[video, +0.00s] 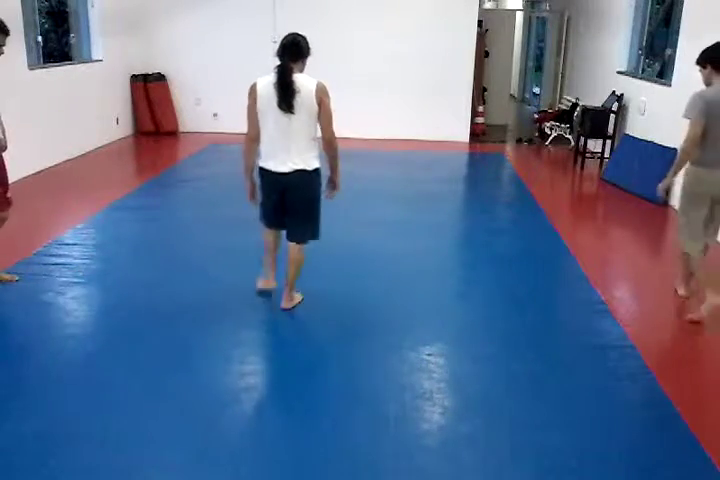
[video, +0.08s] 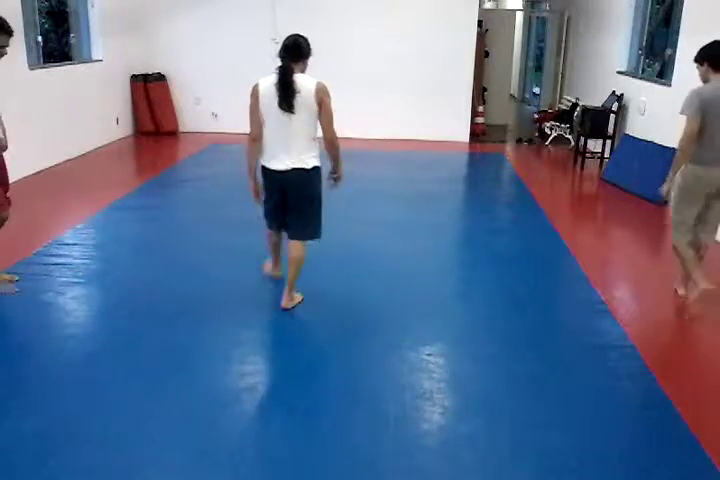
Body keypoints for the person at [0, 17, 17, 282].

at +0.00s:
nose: (3, 51)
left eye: (4, 45)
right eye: (2, 45)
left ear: (6, 42)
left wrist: (3, 136)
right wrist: (3, 137)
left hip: (0, 151)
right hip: (0, 151)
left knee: (4, 209)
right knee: (3, 210)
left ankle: (0, 269)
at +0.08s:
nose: (4, 52)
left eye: (5, 47)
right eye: (4, 47)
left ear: (8, 44)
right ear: (3, 44)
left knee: (5, 212)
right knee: (4, 213)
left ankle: (1, 271)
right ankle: (1, 273)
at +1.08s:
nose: (38, 48)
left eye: (39, 43)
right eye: (36, 43)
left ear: (21, 41)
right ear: (19, 41)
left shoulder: (22, 65)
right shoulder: (3, 68)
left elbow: (22, 103)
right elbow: (2, 109)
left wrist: (34, 130)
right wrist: (6, 134)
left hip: (30, 140)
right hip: (11, 143)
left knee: (33, 202)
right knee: (9, 211)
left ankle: (36, 251)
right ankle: (1, 272)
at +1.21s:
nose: (44, 48)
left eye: (45, 42)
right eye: (41, 42)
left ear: (27, 40)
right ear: (25, 39)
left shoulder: (25, 65)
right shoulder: (3, 67)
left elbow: (23, 103)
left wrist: (36, 129)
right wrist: (9, 129)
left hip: (31, 138)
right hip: (12, 141)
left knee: (34, 201)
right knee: (14, 206)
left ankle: (36, 252)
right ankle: (4, 267)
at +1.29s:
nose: (46, 48)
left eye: (48, 43)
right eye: (44, 42)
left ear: (30, 41)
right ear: (28, 39)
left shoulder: (28, 65)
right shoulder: (4, 66)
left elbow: (27, 102)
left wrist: (38, 128)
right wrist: (12, 128)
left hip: (32, 137)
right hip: (12, 139)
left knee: (35, 200)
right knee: (15, 204)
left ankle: (36, 252)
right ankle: (5, 264)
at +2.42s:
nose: (35, 56)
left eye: (38, 52)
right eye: (33, 52)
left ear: (35, 47)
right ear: (20, 45)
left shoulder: (28, 62)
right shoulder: (6, 63)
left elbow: (35, 99)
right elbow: (6, 52)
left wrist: (46, 129)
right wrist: (14, 24)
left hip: (35, 135)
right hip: (14, 136)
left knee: (38, 202)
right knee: (15, 208)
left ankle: (37, 252)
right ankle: (11, 268)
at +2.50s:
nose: (35, 58)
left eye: (38, 54)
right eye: (32, 53)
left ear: (38, 48)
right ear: (20, 45)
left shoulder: (29, 61)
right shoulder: (6, 63)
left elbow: (36, 98)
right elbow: (6, 52)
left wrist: (46, 129)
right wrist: (16, 23)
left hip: (36, 135)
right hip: (14, 136)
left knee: (39, 202)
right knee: (15, 208)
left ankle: (37, 252)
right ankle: (11, 268)